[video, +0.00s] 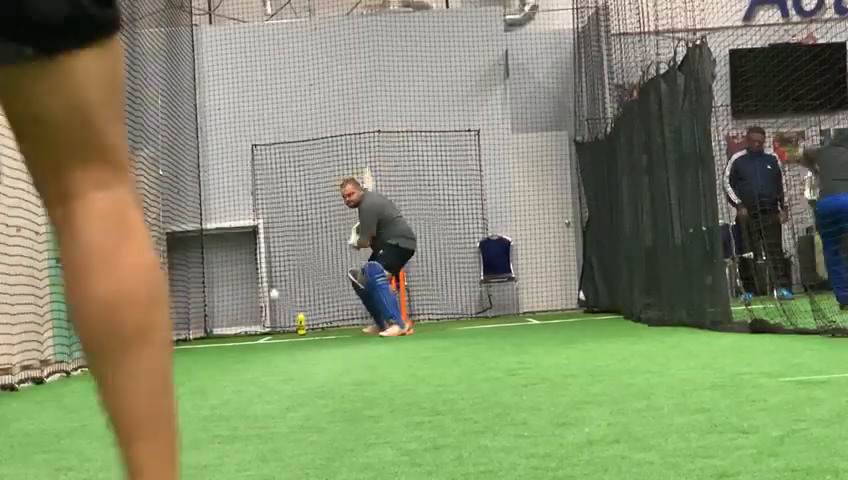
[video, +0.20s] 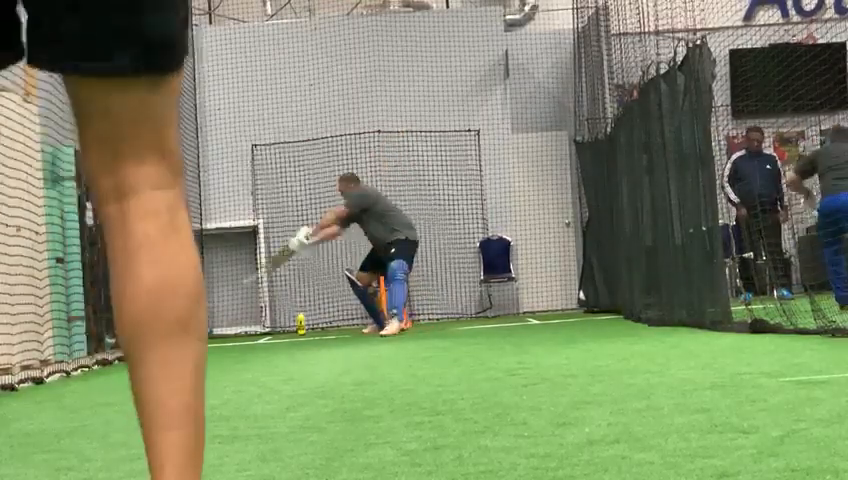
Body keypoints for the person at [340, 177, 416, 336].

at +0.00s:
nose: (347, 200)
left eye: (350, 195)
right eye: (344, 197)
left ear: (360, 190)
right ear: (342, 197)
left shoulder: (367, 205)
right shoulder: (369, 199)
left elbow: (365, 241)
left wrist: (357, 243)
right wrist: (364, 227)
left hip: (399, 243)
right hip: (391, 243)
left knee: (373, 272)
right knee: (360, 279)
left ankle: (398, 324)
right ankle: (382, 324)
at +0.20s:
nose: (341, 194)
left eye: (342, 190)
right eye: (340, 190)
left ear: (350, 186)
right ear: (355, 186)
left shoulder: (363, 195)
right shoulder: (355, 205)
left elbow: (336, 216)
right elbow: (336, 229)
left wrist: (312, 231)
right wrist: (310, 241)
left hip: (402, 238)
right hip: (383, 245)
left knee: (396, 273)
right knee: (359, 282)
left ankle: (397, 320)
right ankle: (380, 322)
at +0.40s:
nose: (339, 194)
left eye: (341, 189)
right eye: (338, 191)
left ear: (350, 186)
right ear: (339, 193)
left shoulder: (364, 191)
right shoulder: (350, 210)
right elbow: (339, 228)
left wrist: (321, 196)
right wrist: (318, 214)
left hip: (401, 236)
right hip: (381, 244)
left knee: (400, 269)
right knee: (360, 280)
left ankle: (416, 318)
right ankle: (381, 323)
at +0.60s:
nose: (349, 181)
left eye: (350, 177)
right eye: (345, 180)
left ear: (357, 177)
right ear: (343, 184)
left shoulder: (372, 186)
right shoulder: (350, 202)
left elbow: (387, 172)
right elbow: (343, 219)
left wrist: (365, 169)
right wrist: (346, 195)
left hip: (400, 234)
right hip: (379, 242)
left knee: (399, 269)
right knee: (360, 280)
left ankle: (425, 318)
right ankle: (381, 323)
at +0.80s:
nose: (363, 182)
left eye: (365, 177)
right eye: (359, 180)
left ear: (372, 175)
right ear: (357, 182)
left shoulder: (386, 185)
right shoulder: (361, 197)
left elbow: (405, 191)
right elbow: (347, 209)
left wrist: (384, 181)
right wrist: (352, 185)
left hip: (407, 236)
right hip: (385, 242)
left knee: (402, 269)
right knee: (363, 281)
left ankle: (426, 319)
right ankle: (381, 323)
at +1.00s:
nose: (373, 174)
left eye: (375, 170)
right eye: (371, 171)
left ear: (387, 166)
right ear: (371, 171)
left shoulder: (405, 181)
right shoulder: (378, 187)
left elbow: (409, 202)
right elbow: (368, 214)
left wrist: (382, 199)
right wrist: (364, 197)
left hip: (419, 234)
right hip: (398, 239)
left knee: (406, 265)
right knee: (376, 267)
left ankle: (428, 321)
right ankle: (382, 321)